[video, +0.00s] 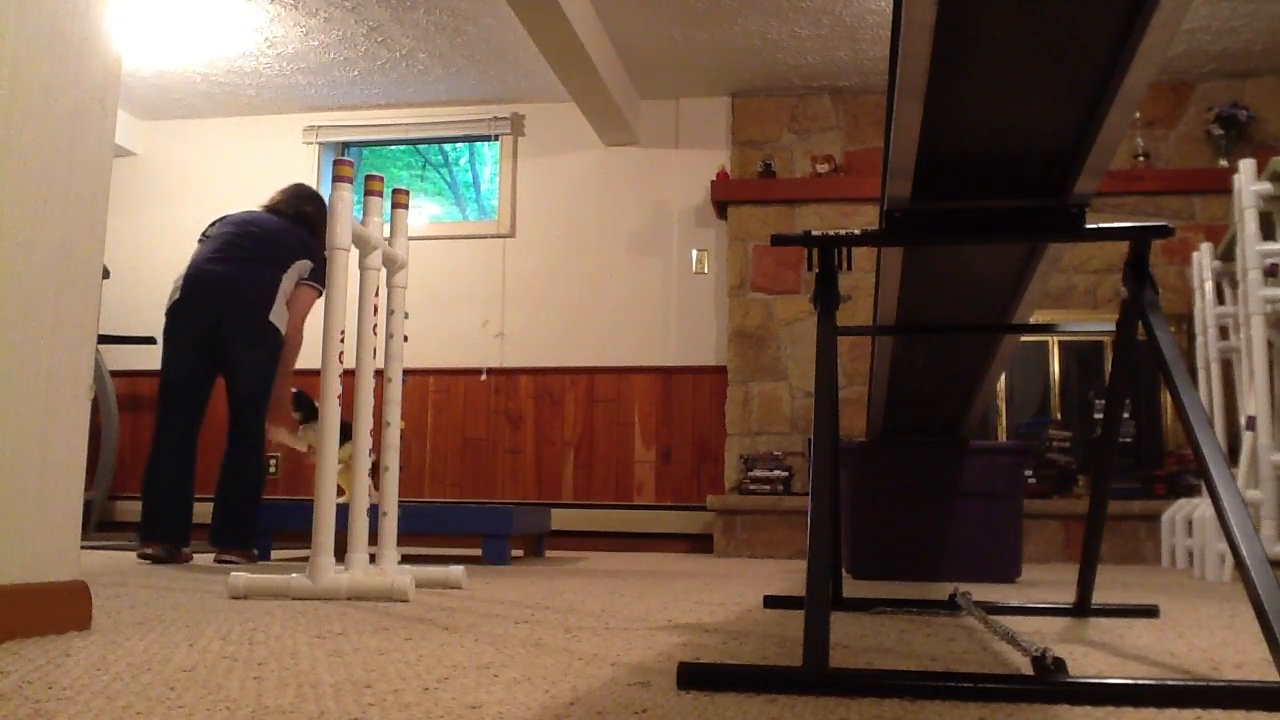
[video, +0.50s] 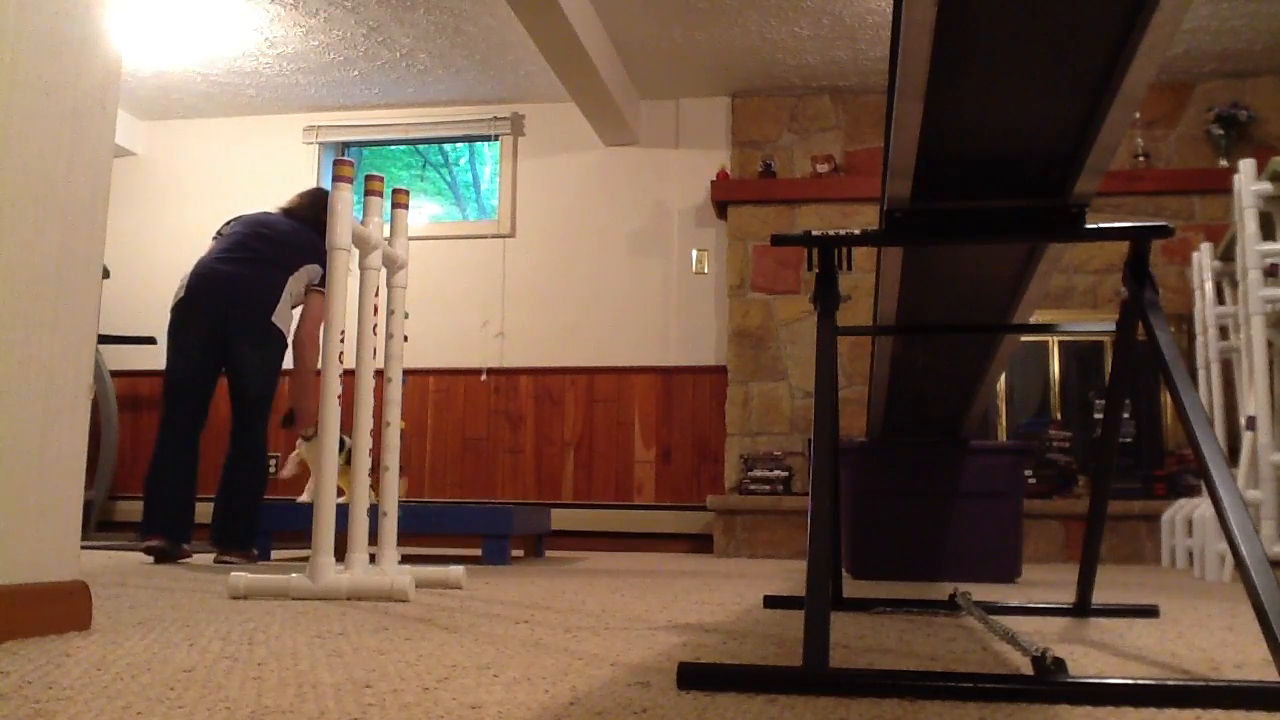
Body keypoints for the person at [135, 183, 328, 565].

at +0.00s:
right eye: (321, 227)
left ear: (273, 204)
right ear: (317, 222)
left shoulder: (229, 221)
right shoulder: (313, 249)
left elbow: (189, 288)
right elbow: (293, 323)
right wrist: (280, 401)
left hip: (189, 319)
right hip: (252, 328)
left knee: (176, 425)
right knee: (247, 434)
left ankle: (162, 538)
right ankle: (233, 543)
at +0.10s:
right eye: (323, 227)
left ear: (276, 205)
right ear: (318, 222)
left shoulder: (232, 221)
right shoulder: (315, 249)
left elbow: (192, 286)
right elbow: (297, 323)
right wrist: (287, 395)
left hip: (192, 318)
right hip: (255, 328)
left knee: (177, 425)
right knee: (248, 434)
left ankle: (164, 537)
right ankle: (233, 543)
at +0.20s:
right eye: (326, 229)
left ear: (280, 206)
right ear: (321, 223)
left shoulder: (235, 221)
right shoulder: (318, 250)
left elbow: (196, 275)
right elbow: (299, 326)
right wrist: (289, 399)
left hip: (194, 317)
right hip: (255, 327)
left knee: (179, 423)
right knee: (249, 435)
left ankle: (165, 536)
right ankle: (233, 543)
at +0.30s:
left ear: (285, 206)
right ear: (324, 225)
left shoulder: (239, 220)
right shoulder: (318, 252)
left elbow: (196, 273)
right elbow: (300, 331)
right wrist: (295, 402)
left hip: (195, 314)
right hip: (256, 327)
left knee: (179, 423)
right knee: (248, 434)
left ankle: (164, 535)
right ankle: (233, 543)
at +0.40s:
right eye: (333, 235)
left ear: (289, 206)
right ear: (327, 225)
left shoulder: (241, 221)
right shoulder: (320, 252)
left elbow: (199, 273)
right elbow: (302, 333)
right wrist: (300, 402)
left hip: (194, 314)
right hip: (256, 326)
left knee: (179, 424)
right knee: (248, 435)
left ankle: (164, 535)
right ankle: (233, 542)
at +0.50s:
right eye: (337, 235)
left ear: (293, 206)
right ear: (330, 225)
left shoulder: (243, 222)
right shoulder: (322, 252)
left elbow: (199, 281)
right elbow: (306, 335)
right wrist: (304, 409)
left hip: (194, 313)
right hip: (257, 327)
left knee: (180, 423)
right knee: (249, 434)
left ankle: (164, 533)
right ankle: (233, 543)